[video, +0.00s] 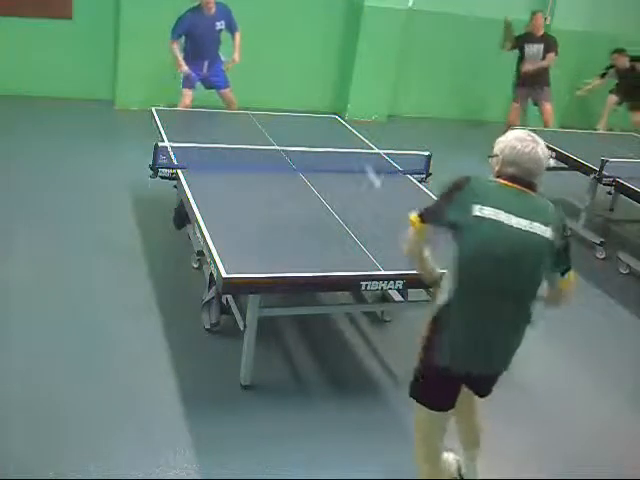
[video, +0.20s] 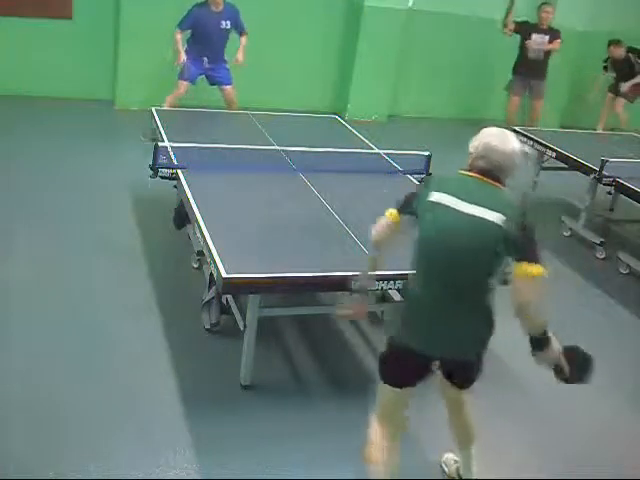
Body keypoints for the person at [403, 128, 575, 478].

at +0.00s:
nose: (491, 161)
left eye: (494, 157)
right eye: (493, 156)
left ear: (497, 163)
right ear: (539, 173)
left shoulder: (469, 190)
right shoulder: (551, 216)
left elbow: (414, 235)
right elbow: (562, 291)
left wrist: (428, 273)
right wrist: (536, 294)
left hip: (458, 326)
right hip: (506, 334)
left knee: (429, 420)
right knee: (467, 396)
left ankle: (431, 473)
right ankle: (470, 468)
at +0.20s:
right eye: (513, 166)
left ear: (471, 158)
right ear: (509, 170)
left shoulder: (432, 186)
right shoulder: (512, 215)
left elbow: (379, 235)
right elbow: (527, 295)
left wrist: (372, 277)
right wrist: (541, 342)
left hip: (418, 323)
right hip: (468, 330)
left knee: (386, 418)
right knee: (457, 397)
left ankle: (382, 473)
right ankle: (467, 469)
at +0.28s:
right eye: (496, 161)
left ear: (454, 151)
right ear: (494, 165)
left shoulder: (414, 181)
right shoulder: (496, 204)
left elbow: (351, 227)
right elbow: (503, 286)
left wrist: (332, 287)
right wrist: (537, 329)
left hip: (401, 320)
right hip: (453, 327)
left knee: (362, 406)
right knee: (450, 393)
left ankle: (356, 472)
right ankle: (465, 466)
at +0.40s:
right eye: (447, 151)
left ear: (405, 145)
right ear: (443, 155)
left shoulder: (368, 185)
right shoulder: (451, 193)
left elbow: (326, 228)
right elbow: (459, 244)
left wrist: (318, 282)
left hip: (366, 320)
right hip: (419, 326)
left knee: (306, 384)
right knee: (437, 386)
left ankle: (287, 470)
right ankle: (465, 458)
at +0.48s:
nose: (366, 148)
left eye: (370, 144)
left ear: (372, 153)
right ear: (411, 158)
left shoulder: (347, 199)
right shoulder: (420, 197)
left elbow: (322, 265)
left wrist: (320, 294)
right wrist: (342, 186)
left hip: (355, 325)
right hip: (401, 324)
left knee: (287, 377)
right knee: (417, 381)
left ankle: (267, 468)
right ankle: (461, 452)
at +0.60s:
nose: (297, 161)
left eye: (299, 157)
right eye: (299, 155)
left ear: (306, 165)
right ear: (338, 157)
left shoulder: (314, 213)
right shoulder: (364, 187)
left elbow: (313, 293)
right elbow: (327, 233)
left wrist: (304, 318)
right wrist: (286, 259)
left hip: (340, 323)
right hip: (377, 313)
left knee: (270, 373)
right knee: (377, 375)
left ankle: (266, 468)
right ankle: (435, 435)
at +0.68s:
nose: (273, 170)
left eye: (275, 164)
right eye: (275, 162)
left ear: (285, 170)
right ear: (316, 159)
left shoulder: (300, 217)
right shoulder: (343, 183)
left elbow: (308, 296)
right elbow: (322, 248)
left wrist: (298, 318)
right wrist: (279, 272)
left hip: (332, 322)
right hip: (367, 309)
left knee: (267, 372)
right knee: (365, 370)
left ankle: (266, 469)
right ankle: (425, 428)